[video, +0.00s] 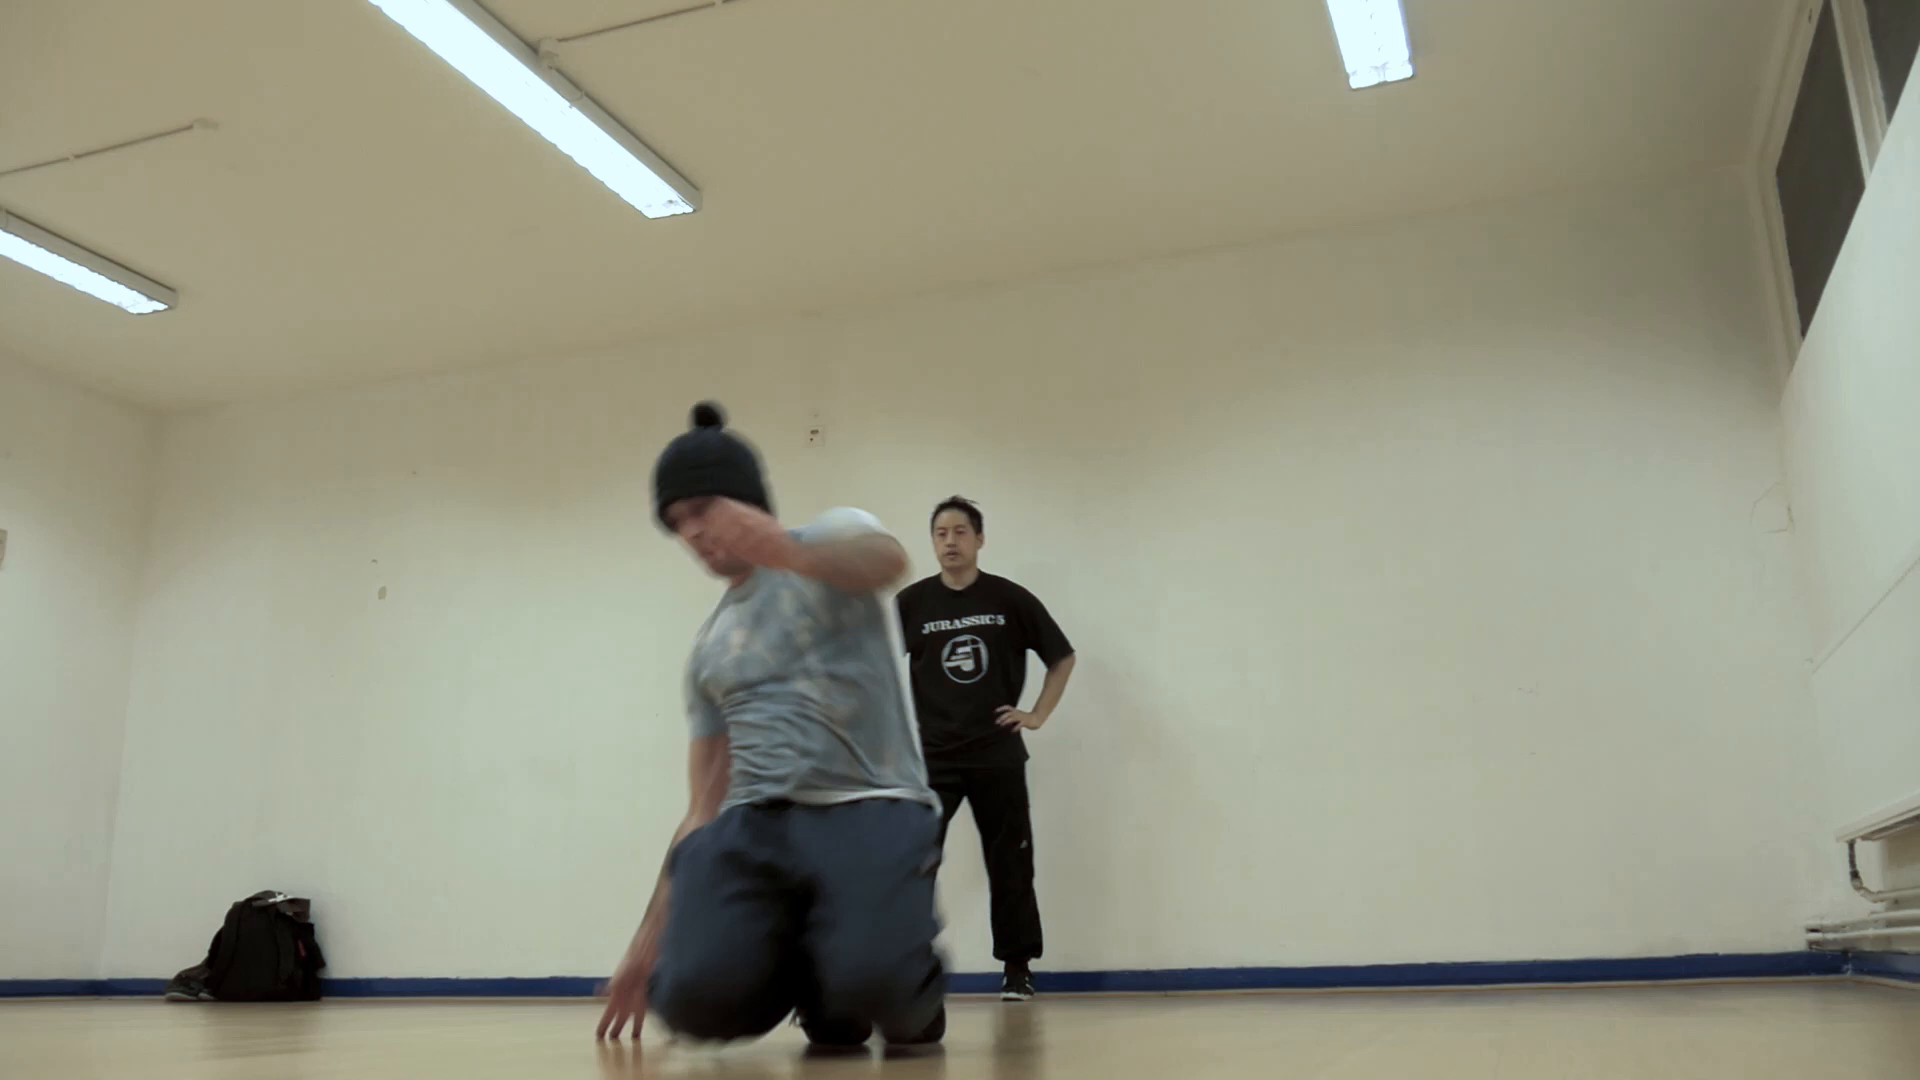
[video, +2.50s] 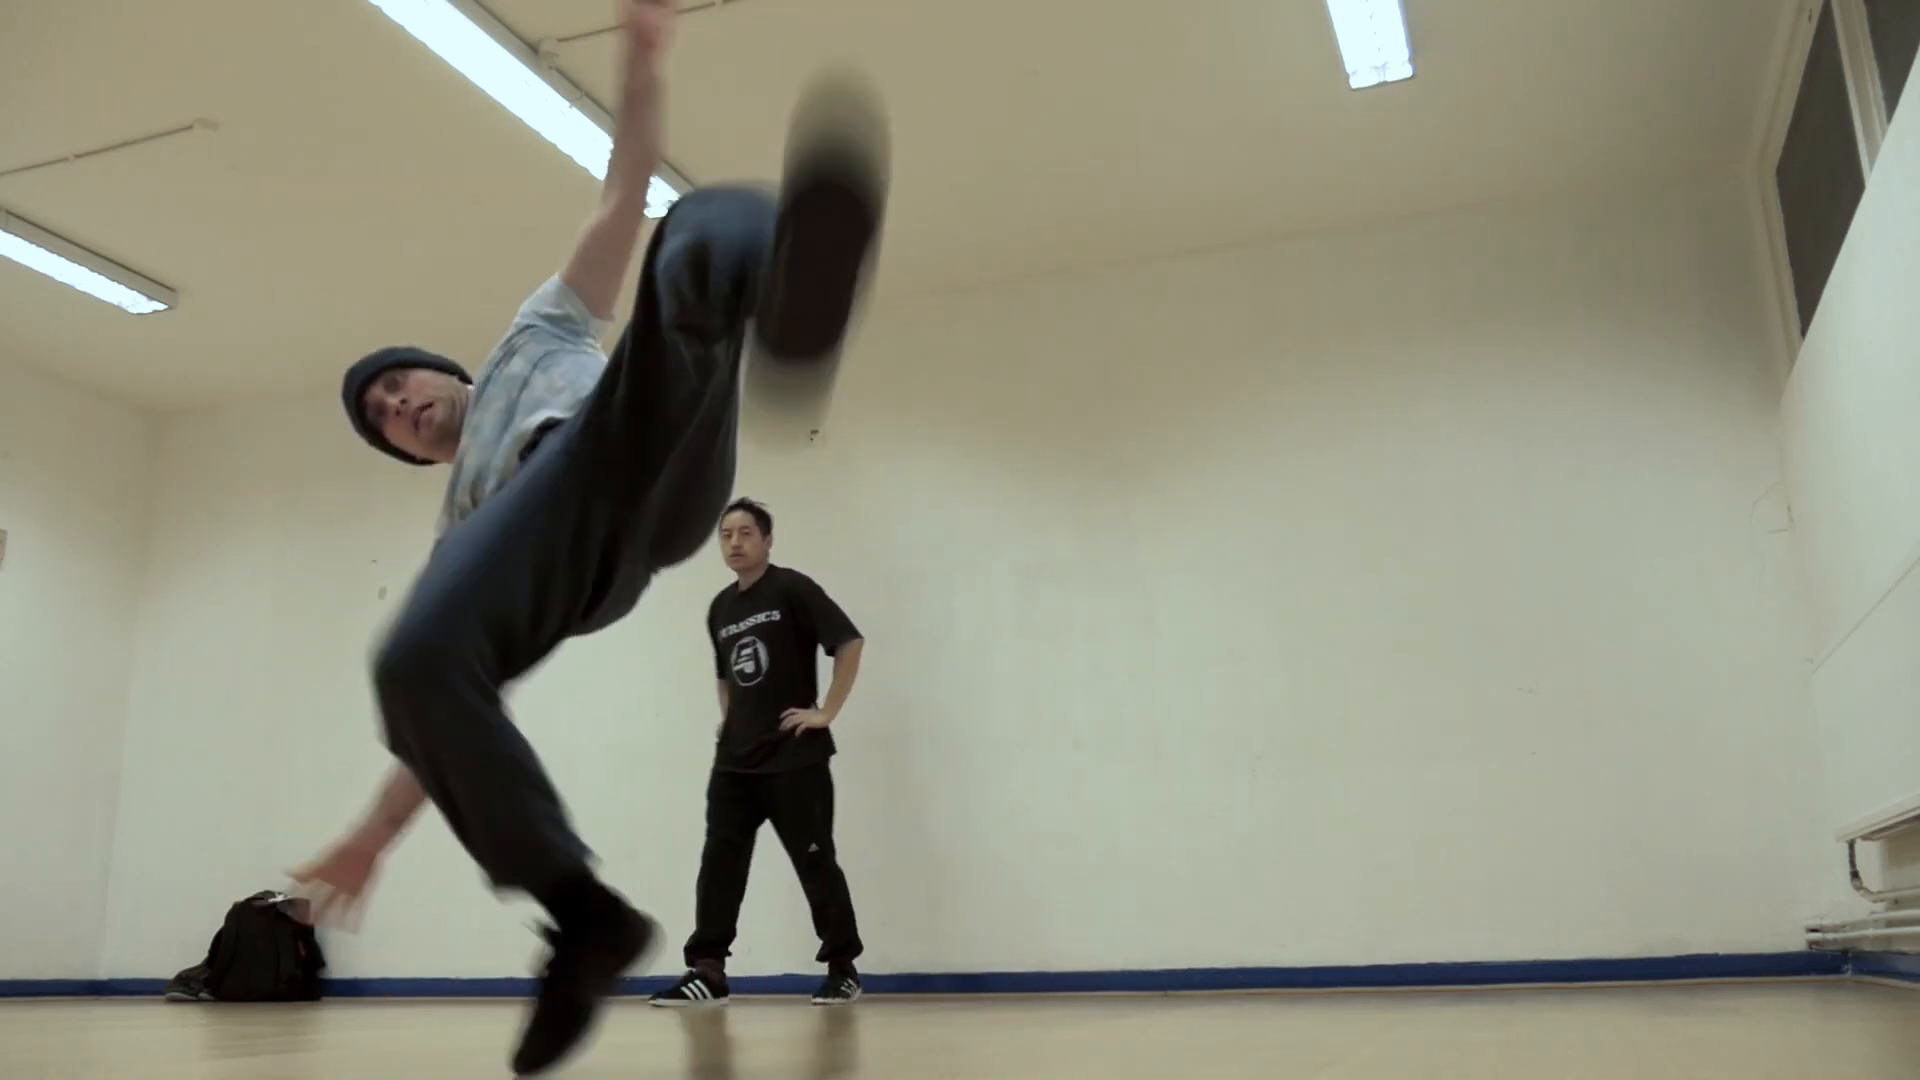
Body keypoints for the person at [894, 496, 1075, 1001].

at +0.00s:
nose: (951, 540)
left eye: (960, 531)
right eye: (942, 533)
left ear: (979, 539)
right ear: (931, 542)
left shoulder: (1010, 599)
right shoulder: (911, 602)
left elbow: (1061, 656)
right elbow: (872, 662)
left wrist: (1038, 714)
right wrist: (888, 724)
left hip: (996, 751)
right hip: (931, 753)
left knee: (1010, 863)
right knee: (910, 860)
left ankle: (1017, 969)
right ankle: (905, 977)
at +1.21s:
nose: (888, 559)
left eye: (898, 550)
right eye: (881, 552)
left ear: (919, 557)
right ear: (875, 561)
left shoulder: (945, 606)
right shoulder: (874, 623)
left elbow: (1000, 657)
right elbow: (870, 686)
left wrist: (976, 719)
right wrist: (872, 729)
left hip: (938, 750)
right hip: (888, 758)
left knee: (935, 852)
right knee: (898, 866)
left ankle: (959, 966)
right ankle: (929, 969)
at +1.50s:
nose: (863, 560)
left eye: (872, 551)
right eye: (855, 553)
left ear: (893, 557)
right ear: (848, 563)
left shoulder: (924, 606)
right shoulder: (847, 626)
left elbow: (979, 657)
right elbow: (841, 687)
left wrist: (955, 722)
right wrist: (854, 734)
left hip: (920, 750)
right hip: (870, 758)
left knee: (897, 855)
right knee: (884, 861)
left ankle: (923, 966)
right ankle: (930, 964)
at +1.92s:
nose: (826, 548)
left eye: (837, 540)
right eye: (819, 540)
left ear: (858, 548)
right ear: (813, 549)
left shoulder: (880, 599)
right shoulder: (810, 612)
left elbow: (930, 655)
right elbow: (807, 680)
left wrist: (899, 715)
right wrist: (816, 727)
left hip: (869, 746)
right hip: (822, 749)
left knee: (854, 859)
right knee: (828, 867)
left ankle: (847, 972)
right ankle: (907, 946)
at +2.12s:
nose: (803, 544)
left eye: (813, 536)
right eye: (796, 537)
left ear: (835, 542)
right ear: (790, 545)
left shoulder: (856, 592)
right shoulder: (790, 603)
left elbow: (906, 648)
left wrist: (878, 712)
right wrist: (801, 713)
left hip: (847, 744)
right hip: (799, 745)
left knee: (843, 855)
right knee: (771, 851)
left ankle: (845, 972)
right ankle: (829, 940)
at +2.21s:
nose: (790, 544)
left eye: (800, 535)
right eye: (783, 535)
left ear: (823, 542)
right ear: (777, 545)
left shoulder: (845, 591)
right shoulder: (779, 607)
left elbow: (895, 646)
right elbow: (795, 672)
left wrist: (869, 713)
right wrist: (793, 720)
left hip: (840, 746)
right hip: (790, 747)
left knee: (839, 855)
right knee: (756, 849)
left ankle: (846, 973)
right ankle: (784, 961)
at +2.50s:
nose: (735, 542)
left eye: (745, 533)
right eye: (728, 534)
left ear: (767, 540)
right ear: (719, 544)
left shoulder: (793, 588)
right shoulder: (720, 609)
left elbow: (849, 643)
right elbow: (725, 676)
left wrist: (827, 712)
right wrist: (729, 724)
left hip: (794, 753)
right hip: (737, 755)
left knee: (814, 859)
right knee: (721, 860)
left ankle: (841, 969)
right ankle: (708, 973)